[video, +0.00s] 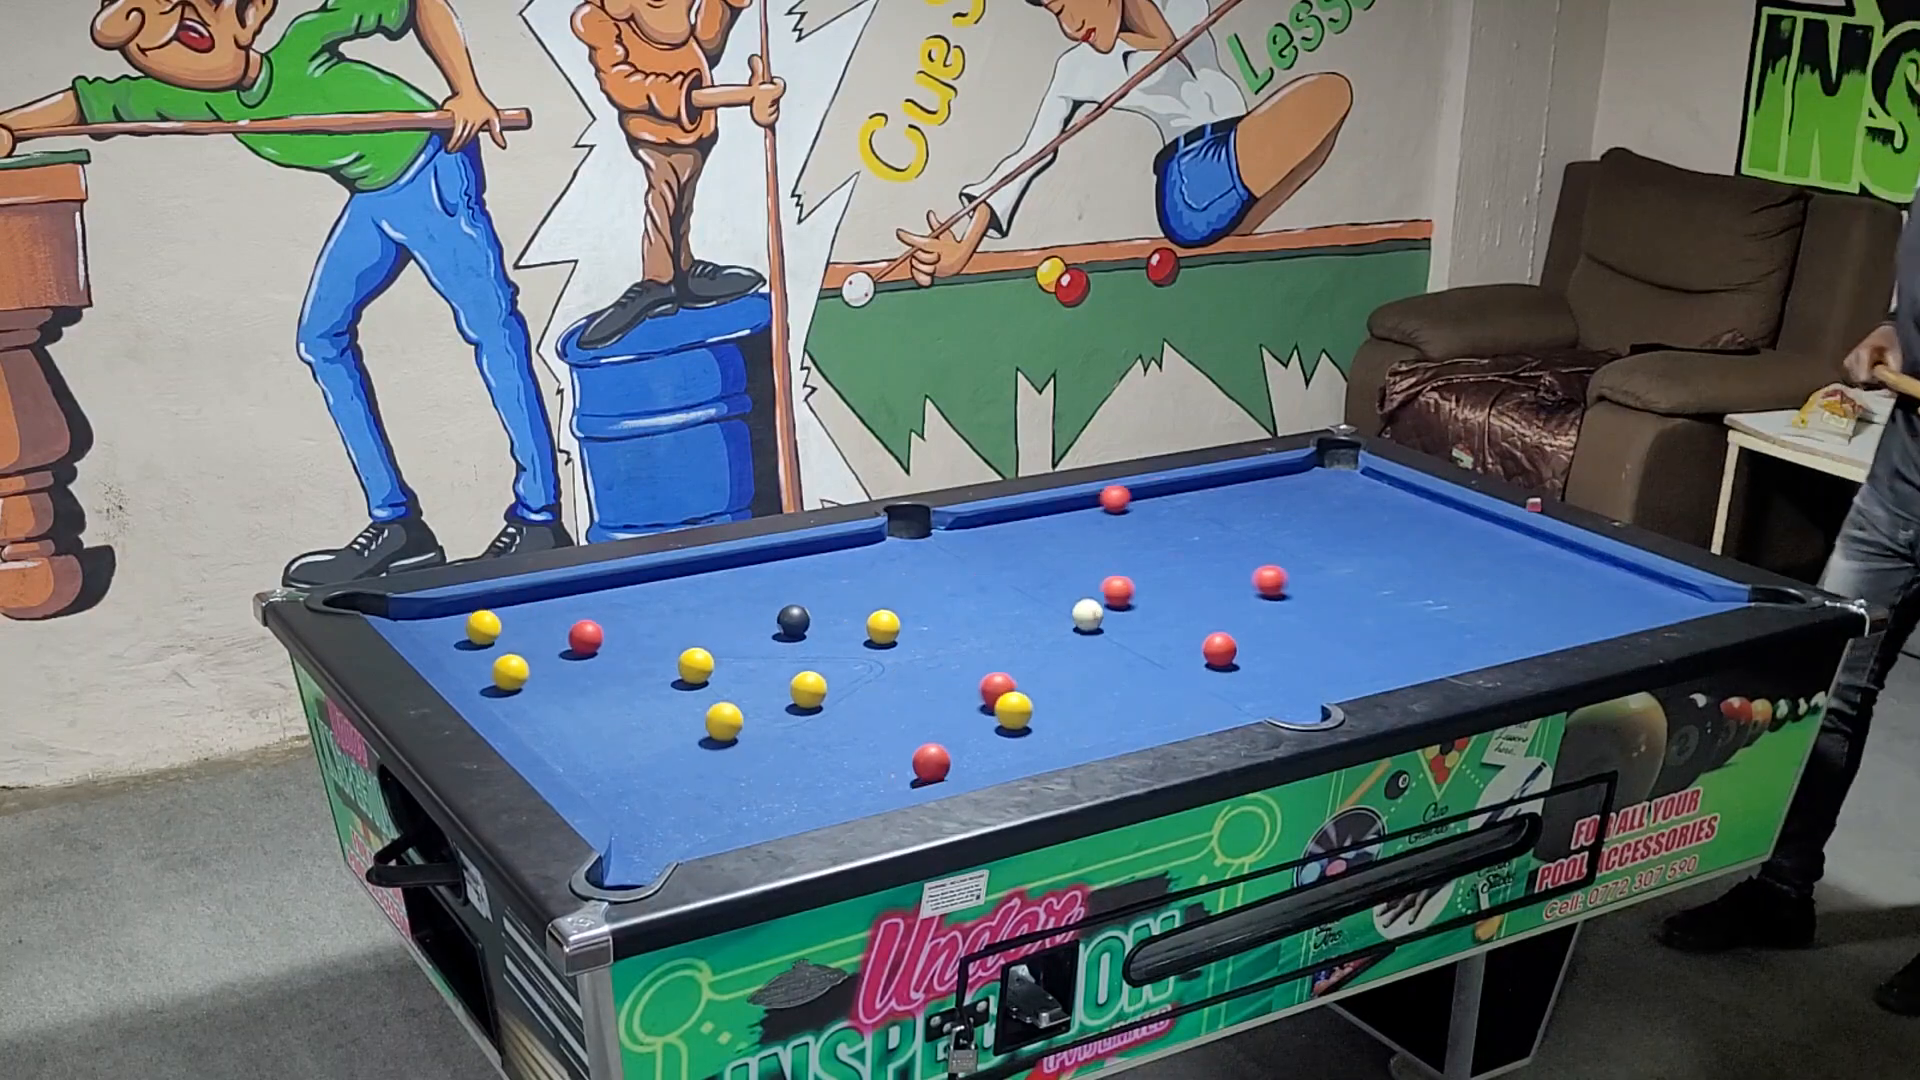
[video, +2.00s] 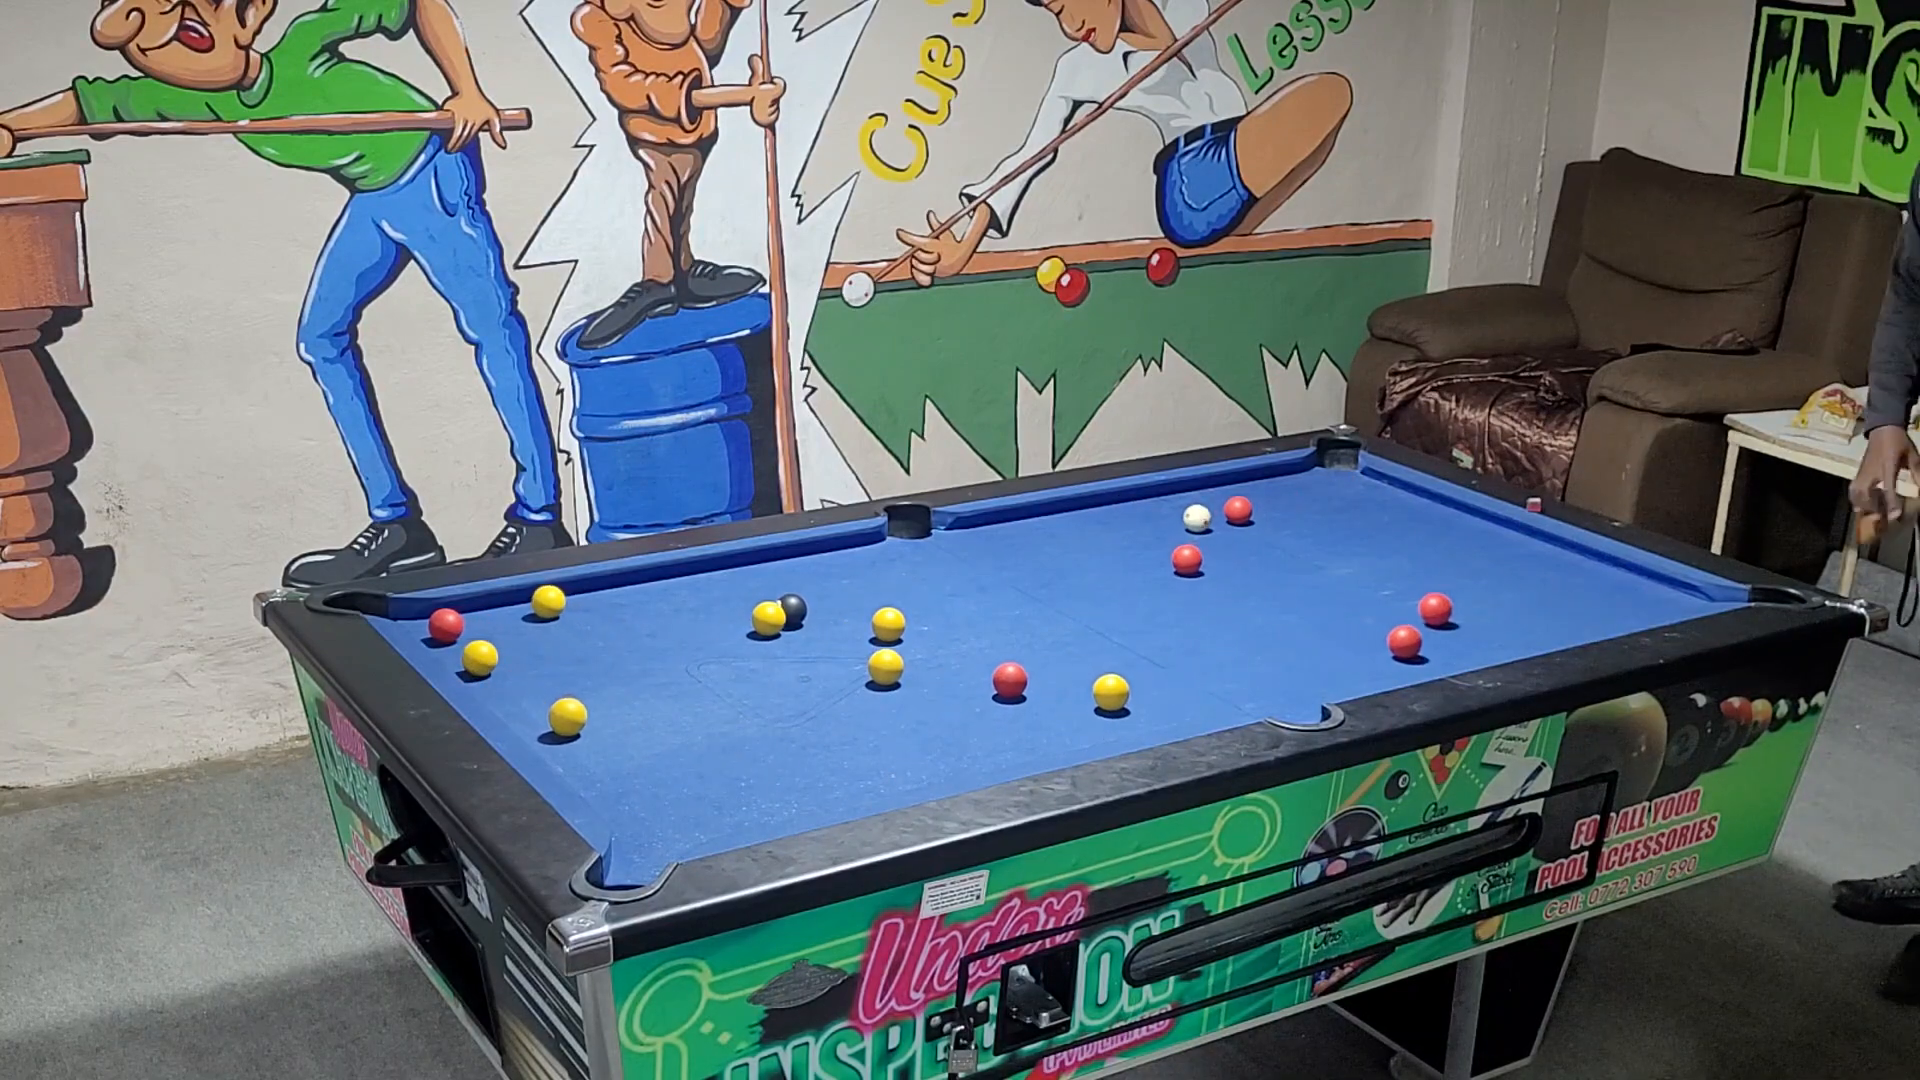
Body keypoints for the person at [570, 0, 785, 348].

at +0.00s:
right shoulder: (596, 19)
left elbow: (707, 48)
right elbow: (625, 88)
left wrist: (730, 6)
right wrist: (746, 94)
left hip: (695, 88)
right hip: (644, 103)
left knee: (688, 174)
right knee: (665, 173)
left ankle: (682, 269)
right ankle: (656, 282)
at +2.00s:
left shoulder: (697, 6)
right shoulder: (596, 18)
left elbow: (707, 47)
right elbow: (625, 87)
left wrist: (730, 6)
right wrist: (746, 95)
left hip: (695, 87)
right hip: (644, 103)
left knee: (687, 175)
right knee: (665, 175)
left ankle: (682, 268)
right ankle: (657, 281)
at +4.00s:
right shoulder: (596, 18)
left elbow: (707, 47)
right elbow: (625, 88)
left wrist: (729, 6)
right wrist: (746, 94)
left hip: (695, 87)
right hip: (644, 104)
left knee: (688, 174)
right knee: (665, 174)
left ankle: (682, 268)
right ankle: (657, 281)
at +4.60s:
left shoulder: (697, 6)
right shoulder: (597, 18)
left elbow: (707, 46)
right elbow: (624, 87)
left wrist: (730, 6)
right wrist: (746, 95)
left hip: (694, 86)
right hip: (645, 103)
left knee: (688, 174)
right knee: (666, 173)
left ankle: (682, 268)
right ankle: (657, 280)